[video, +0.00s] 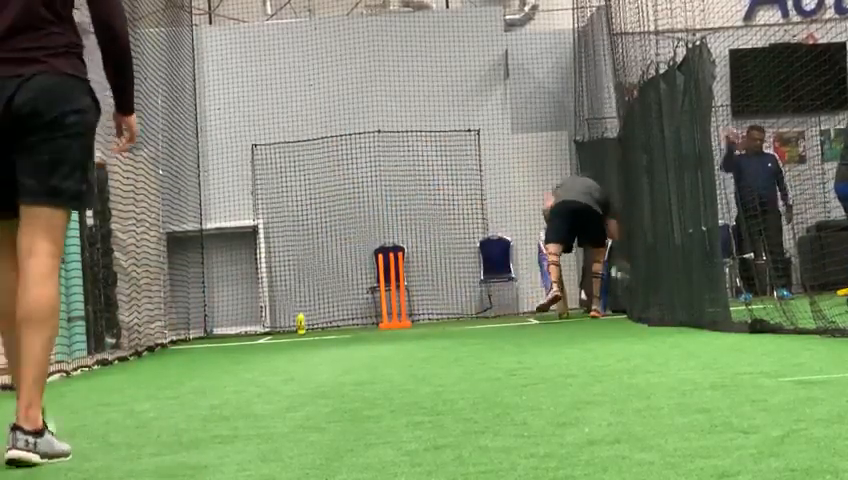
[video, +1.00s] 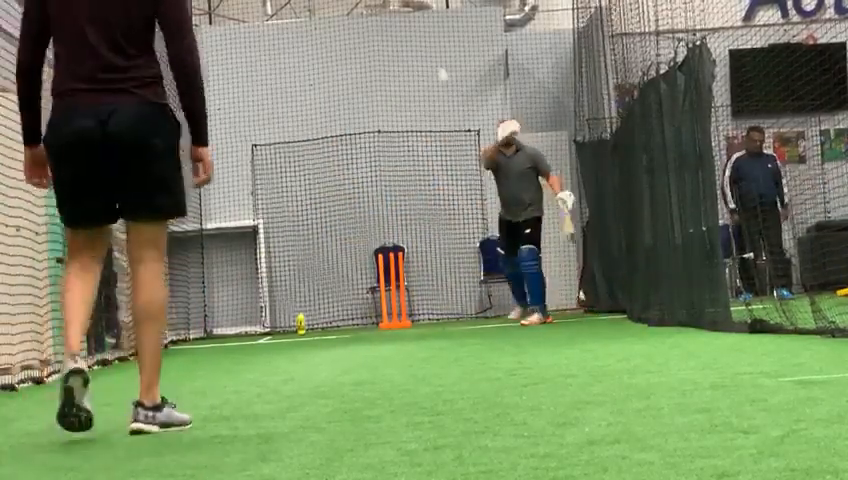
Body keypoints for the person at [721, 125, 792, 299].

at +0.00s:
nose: (758, 143)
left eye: (761, 140)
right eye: (754, 139)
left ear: (764, 141)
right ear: (746, 140)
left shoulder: (770, 159)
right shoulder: (738, 159)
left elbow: (781, 183)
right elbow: (726, 167)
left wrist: (787, 204)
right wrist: (730, 148)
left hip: (770, 211)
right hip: (746, 212)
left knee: (776, 248)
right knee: (745, 252)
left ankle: (782, 286)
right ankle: (749, 289)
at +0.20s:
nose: (761, 143)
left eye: (764, 140)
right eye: (757, 140)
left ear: (766, 141)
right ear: (749, 140)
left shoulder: (772, 158)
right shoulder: (742, 158)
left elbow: (780, 180)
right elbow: (739, 180)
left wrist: (785, 201)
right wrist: (751, 198)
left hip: (771, 206)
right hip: (750, 207)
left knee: (775, 245)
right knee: (748, 247)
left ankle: (780, 285)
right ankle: (749, 288)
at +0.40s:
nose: (761, 143)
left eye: (763, 140)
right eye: (757, 140)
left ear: (766, 141)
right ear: (749, 140)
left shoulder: (771, 158)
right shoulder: (740, 158)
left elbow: (779, 182)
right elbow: (735, 184)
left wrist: (782, 202)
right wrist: (749, 204)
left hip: (772, 209)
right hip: (750, 210)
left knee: (776, 248)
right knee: (748, 250)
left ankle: (781, 286)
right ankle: (749, 289)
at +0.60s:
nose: (760, 144)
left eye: (763, 140)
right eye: (757, 140)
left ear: (766, 141)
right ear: (748, 141)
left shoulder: (772, 159)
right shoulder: (738, 159)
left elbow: (780, 184)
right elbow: (729, 185)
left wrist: (785, 205)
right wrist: (739, 205)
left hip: (771, 209)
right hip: (748, 210)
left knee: (776, 248)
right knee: (749, 250)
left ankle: (782, 286)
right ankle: (750, 289)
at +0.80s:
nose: (758, 144)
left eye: (761, 141)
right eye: (755, 141)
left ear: (764, 142)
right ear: (746, 140)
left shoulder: (771, 159)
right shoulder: (736, 160)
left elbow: (780, 183)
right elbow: (727, 185)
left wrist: (785, 205)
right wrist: (732, 208)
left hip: (771, 210)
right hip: (747, 212)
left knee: (776, 248)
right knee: (748, 251)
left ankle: (783, 286)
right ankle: (749, 289)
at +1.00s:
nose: (758, 144)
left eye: (761, 141)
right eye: (754, 141)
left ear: (764, 142)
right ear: (746, 141)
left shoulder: (771, 159)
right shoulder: (735, 160)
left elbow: (779, 183)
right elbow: (726, 185)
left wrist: (783, 205)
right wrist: (732, 209)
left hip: (770, 210)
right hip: (746, 211)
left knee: (775, 247)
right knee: (748, 250)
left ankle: (781, 285)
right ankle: (749, 289)